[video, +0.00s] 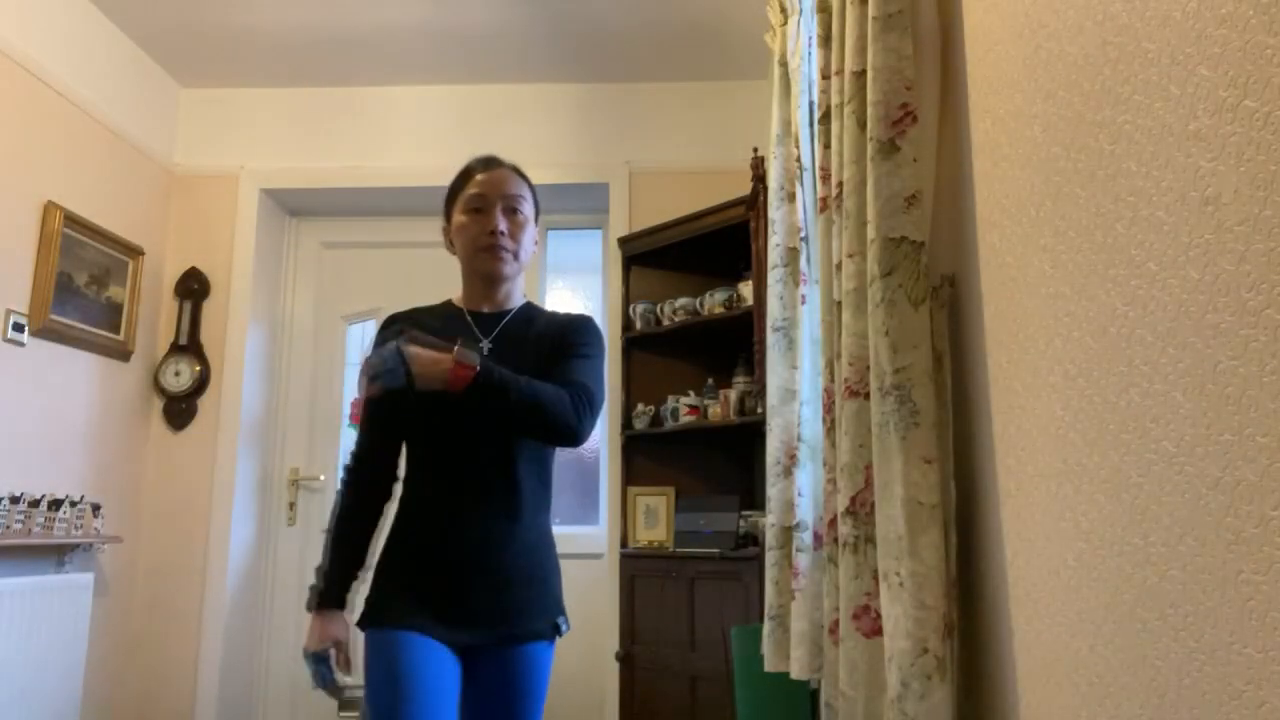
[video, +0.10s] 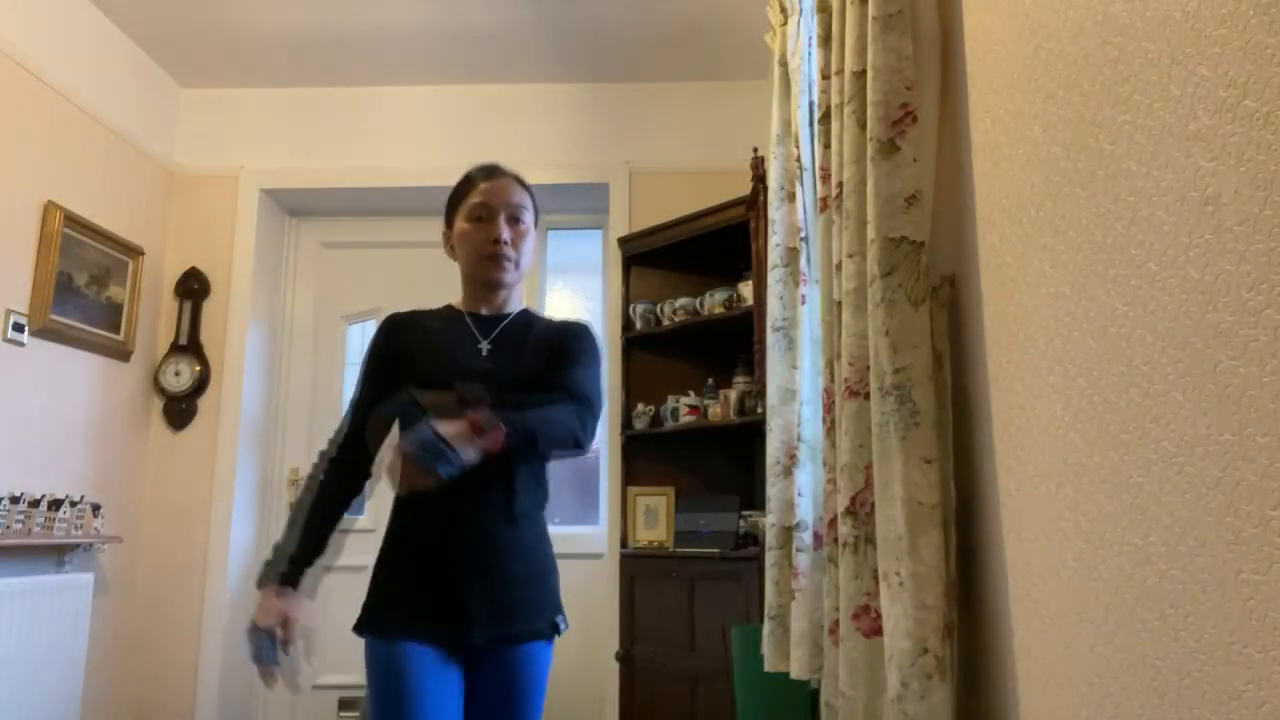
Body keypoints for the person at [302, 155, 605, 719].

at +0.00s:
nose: (497, 221)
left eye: (514, 209)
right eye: (477, 208)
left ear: (534, 234)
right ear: (449, 231)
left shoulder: (572, 334)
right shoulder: (406, 333)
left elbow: (574, 418)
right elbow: (371, 471)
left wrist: (458, 369)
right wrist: (329, 600)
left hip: (519, 604)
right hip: (413, 602)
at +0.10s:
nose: (501, 232)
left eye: (517, 219)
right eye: (481, 216)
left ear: (535, 242)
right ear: (449, 238)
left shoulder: (567, 341)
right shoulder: (403, 335)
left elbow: (576, 422)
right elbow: (349, 460)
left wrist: (477, 433)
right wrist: (285, 578)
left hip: (519, 609)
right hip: (412, 605)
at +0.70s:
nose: (521, 258)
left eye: (525, 247)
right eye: (503, 238)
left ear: (527, 262)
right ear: (443, 250)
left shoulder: (533, 368)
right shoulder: (389, 329)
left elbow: (526, 487)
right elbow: (401, 346)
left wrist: (521, 613)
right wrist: (486, 327)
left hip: (490, 595)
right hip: (396, 596)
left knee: (499, 553)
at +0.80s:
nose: (517, 249)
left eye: (524, 237)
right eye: (498, 229)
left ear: (529, 252)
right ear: (444, 242)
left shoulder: (533, 360)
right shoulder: (391, 323)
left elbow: (521, 475)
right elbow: (396, 360)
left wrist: (513, 566)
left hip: (500, 592)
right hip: (405, 589)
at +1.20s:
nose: (511, 235)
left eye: (528, 223)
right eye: (493, 220)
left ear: (547, 246)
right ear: (463, 240)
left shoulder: (579, 349)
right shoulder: (416, 337)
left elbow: (626, 463)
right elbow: (346, 463)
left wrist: (663, 565)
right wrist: (282, 584)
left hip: (548, 608)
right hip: (437, 604)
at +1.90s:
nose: (542, 249)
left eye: (562, 232)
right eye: (528, 234)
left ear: (601, 250)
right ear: (513, 250)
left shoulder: (629, 340)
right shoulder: (481, 353)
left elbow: (653, 331)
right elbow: (468, 483)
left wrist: (649, 280)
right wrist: (458, 603)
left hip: (598, 593)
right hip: (499, 593)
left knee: (604, 710)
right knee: (493, 712)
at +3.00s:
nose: (517, 225)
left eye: (534, 215)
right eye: (499, 212)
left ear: (553, 244)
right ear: (470, 239)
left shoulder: (590, 340)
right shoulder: (430, 321)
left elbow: (602, 465)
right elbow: (394, 375)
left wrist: (594, 560)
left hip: (559, 555)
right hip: (453, 561)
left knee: (536, 657)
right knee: (441, 707)